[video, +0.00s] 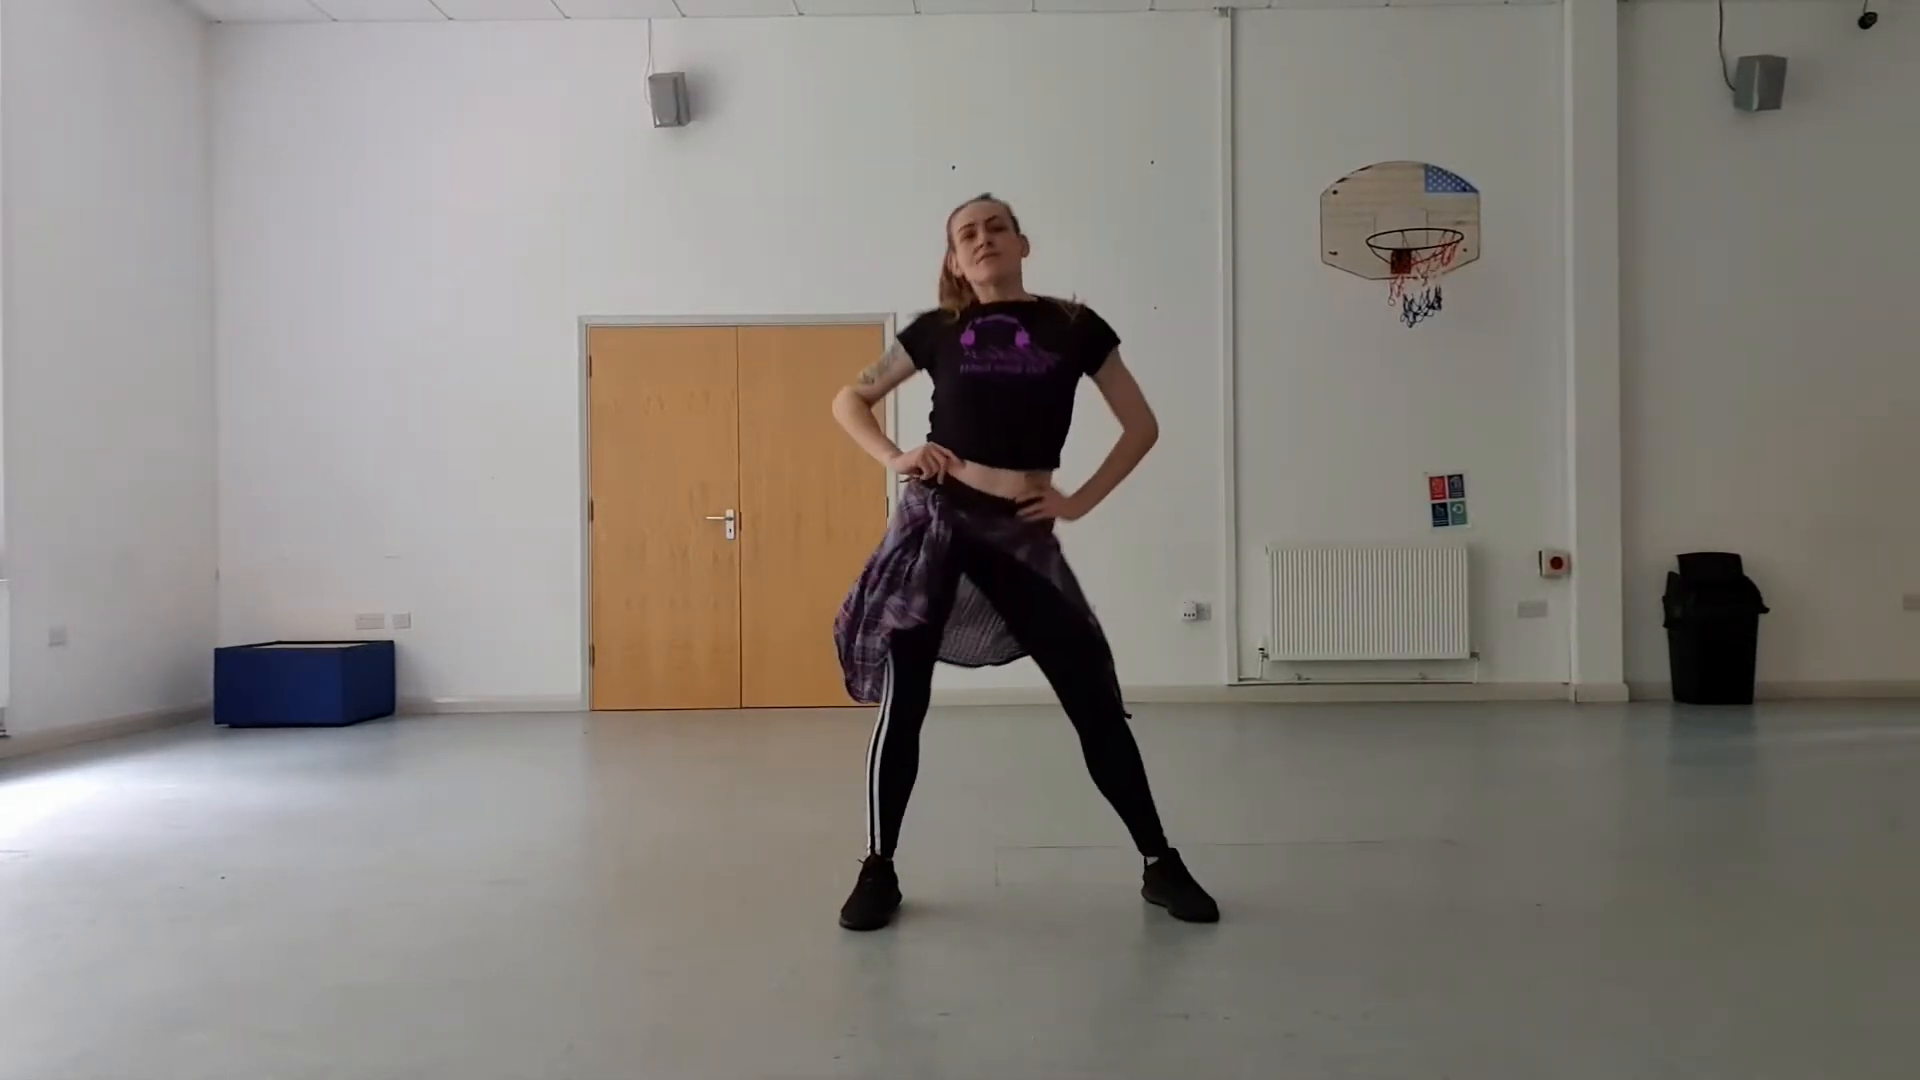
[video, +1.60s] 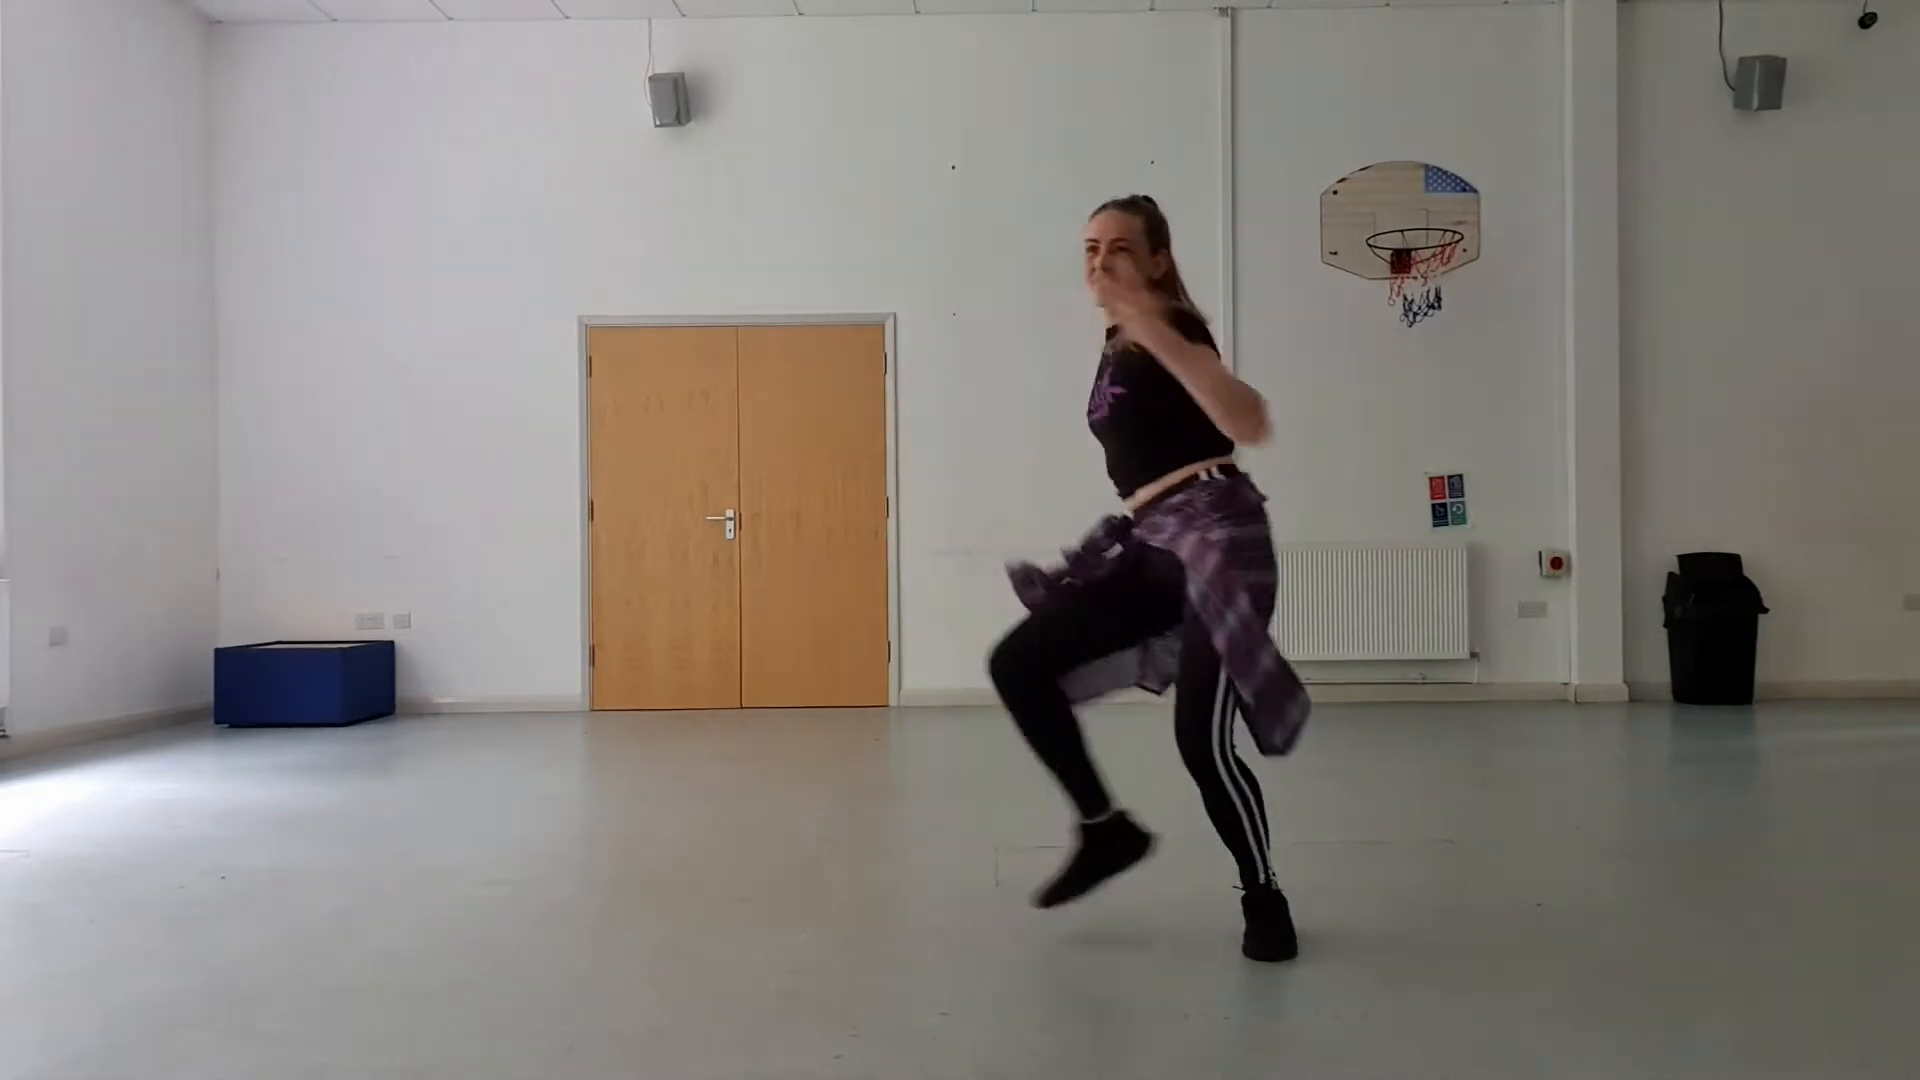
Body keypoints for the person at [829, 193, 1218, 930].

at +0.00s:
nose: (984, 238)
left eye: (996, 226)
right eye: (968, 235)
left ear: (1024, 244)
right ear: (955, 264)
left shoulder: (1074, 327)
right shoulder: (938, 333)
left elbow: (1141, 426)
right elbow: (850, 402)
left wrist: (1082, 501)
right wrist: (894, 457)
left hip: (1023, 530)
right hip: (934, 521)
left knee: (1095, 700)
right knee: (905, 697)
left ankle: (1161, 864)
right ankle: (878, 868)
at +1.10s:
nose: (984, 204)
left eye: (1003, 195)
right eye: (980, 195)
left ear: (1042, 214)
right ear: (974, 213)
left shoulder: (1066, 279)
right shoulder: (961, 294)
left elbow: (1179, 306)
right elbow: (960, 392)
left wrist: (1091, 365)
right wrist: (951, 458)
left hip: (1062, 490)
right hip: (984, 501)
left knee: (1131, 672)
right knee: (974, 685)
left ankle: (1231, 836)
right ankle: (965, 853)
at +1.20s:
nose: (1013, 219)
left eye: (1028, 207)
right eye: (1007, 208)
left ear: (1064, 217)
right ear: (1000, 219)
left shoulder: (1078, 261)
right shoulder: (1005, 295)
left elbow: (1081, 230)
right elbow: (984, 283)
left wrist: (1019, 328)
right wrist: (987, 288)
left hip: (1061, 496)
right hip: (989, 502)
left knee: (1147, 683)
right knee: (988, 691)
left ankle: (1247, 860)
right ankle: (975, 854)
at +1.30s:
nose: (1043, 241)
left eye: (1064, 231)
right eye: (1036, 230)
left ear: (1097, 242)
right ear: (1027, 237)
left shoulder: (1099, 285)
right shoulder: (1052, 307)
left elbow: (1025, 273)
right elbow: (1030, 318)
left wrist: (935, 273)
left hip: (1077, 501)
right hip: (1012, 502)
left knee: (1131, 705)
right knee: (997, 698)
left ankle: (1242, 883)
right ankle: (980, 857)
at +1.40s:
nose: (1070, 254)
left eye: (1088, 241)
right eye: (1061, 244)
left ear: (1127, 246)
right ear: (1056, 251)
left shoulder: (1130, 296)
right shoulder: (1090, 313)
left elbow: (1043, 289)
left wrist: (944, 268)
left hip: (1121, 519)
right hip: (1063, 517)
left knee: (1146, 728)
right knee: (998, 695)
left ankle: (1251, 891)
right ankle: (986, 854)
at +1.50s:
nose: (1087, 259)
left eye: (1105, 245)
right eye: (1077, 247)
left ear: (1146, 254)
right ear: (1073, 259)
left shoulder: (1155, 313)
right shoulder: (1114, 341)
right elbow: (1128, 476)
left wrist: (1030, 296)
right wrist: (1029, 530)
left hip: (1179, 532)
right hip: (1122, 533)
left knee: (1186, 734)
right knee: (986, 664)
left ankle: (1260, 893)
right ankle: (1015, 837)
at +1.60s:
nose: (1102, 263)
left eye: (1120, 250)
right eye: (1093, 250)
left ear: (1157, 263)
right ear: (1083, 265)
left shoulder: (1178, 332)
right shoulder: (1117, 344)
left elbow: (1250, 423)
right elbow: (1151, 457)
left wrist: (1154, 331)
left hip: (1216, 540)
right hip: (1152, 545)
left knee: (1204, 734)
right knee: (1016, 662)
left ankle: (1261, 896)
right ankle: (1103, 826)